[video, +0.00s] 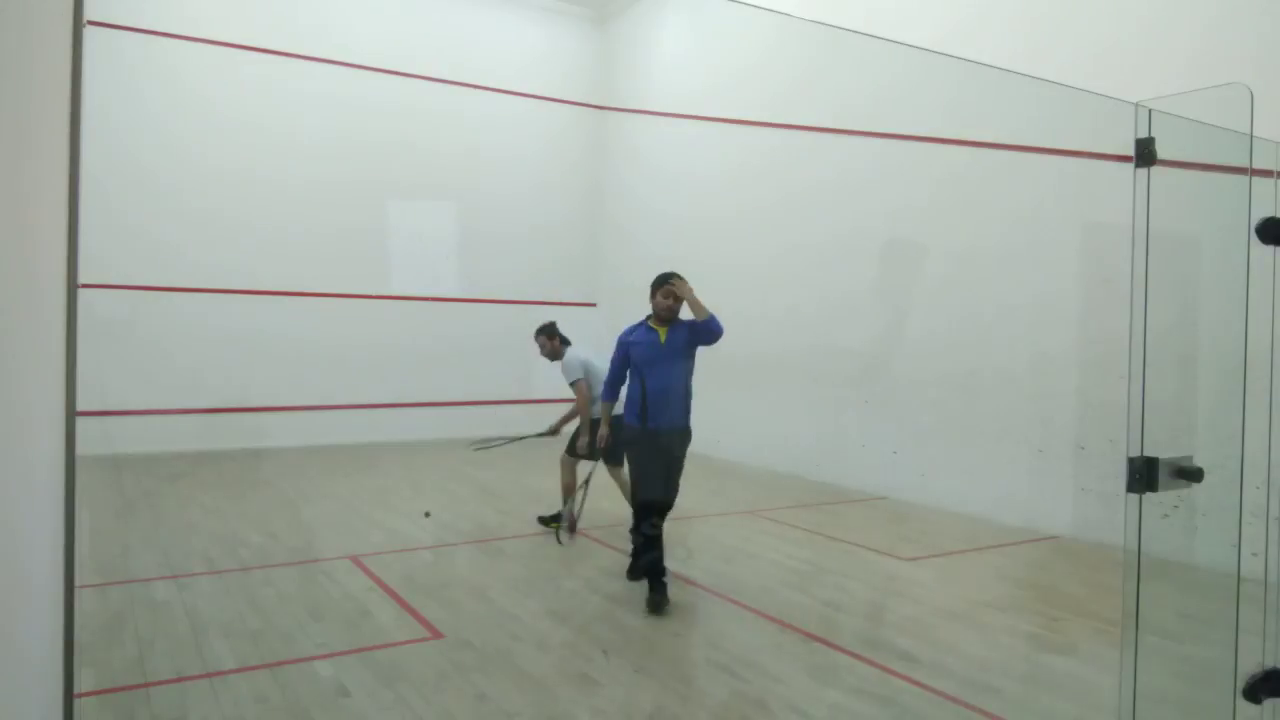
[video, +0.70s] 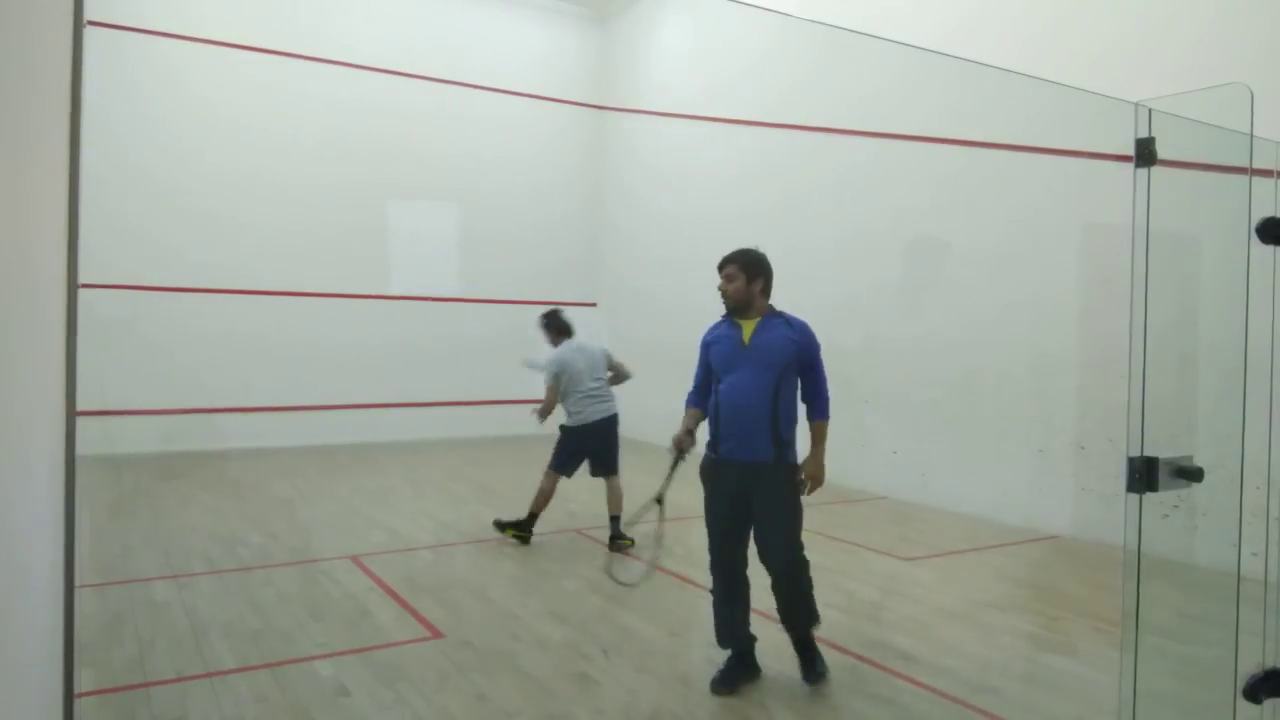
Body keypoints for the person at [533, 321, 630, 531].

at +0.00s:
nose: (540, 351)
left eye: (542, 345)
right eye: (539, 346)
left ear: (555, 341)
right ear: (556, 342)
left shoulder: (570, 360)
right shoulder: (577, 357)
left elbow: (584, 398)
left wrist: (584, 435)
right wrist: (559, 425)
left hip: (598, 418)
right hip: (614, 416)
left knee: (567, 461)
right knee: (616, 470)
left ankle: (567, 514)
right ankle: (641, 514)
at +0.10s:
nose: (527, 357)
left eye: (529, 351)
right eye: (525, 352)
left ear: (543, 347)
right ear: (539, 349)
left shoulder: (565, 368)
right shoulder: (553, 373)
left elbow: (585, 403)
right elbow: (543, 409)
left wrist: (592, 441)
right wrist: (515, 432)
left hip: (592, 425)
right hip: (599, 424)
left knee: (547, 463)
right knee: (599, 474)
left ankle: (531, 518)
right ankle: (636, 516)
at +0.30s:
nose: (469, 424)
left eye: (470, 419)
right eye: (467, 420)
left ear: (481, 410)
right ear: (479, 409)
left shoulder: (511, 419)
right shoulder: (489, 416)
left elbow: (521, 469)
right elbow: (479, 438)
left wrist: (512, 506)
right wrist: (451, 451)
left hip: (558, 432)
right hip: (551, 431)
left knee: (520, 476)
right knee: (571, 478)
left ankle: (517, 529)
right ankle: (622, 504)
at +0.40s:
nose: (462, 451)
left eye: (460, 446)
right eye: (458, 448)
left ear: (472, 436)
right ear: (470, 433)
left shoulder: (498, 440)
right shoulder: (484, 425)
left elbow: (492, 495)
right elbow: (490, 441)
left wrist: (478, 533)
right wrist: (479, 454)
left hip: (552, 434)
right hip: (557, 426)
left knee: (514, 479)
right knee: (574, 475)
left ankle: (518, 531)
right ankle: (622, 502)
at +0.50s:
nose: (458, 430)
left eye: (458, 424)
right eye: (456, 425)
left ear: (468, 417)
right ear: (470, 413)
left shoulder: (494, 426)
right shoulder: (494, 410)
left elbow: (496, 480)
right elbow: (530, 425)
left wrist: (482, 518)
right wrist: (512, 450)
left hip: (554, 431)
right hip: (568, 422)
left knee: (515, 477)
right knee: (587, 473)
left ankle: (518, 530)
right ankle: (634, 510)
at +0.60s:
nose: (493, 368)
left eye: (494, 362)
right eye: (491, 363)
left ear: (503, 360)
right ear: (511, 357)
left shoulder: (515, 383)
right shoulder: (536, 368)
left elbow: (520, 431)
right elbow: (575, 382)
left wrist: (508, 459)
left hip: (563, 428)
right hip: (587, 420)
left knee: (527, 474)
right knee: (589, 473)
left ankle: (518, 529)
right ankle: (620, 523)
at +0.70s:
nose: (546, 338)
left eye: (546, 333)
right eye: (545, 333)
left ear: (553, 333)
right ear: (568, 329)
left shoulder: (556, 360)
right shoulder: (594, 350)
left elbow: (550, 402)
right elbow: (624, 374)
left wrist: (542, 413)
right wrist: (601, 384)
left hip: (578, 426)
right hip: (607, 420)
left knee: (552, 474)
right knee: (612, 476)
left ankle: (527, 526)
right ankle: (616, 534)